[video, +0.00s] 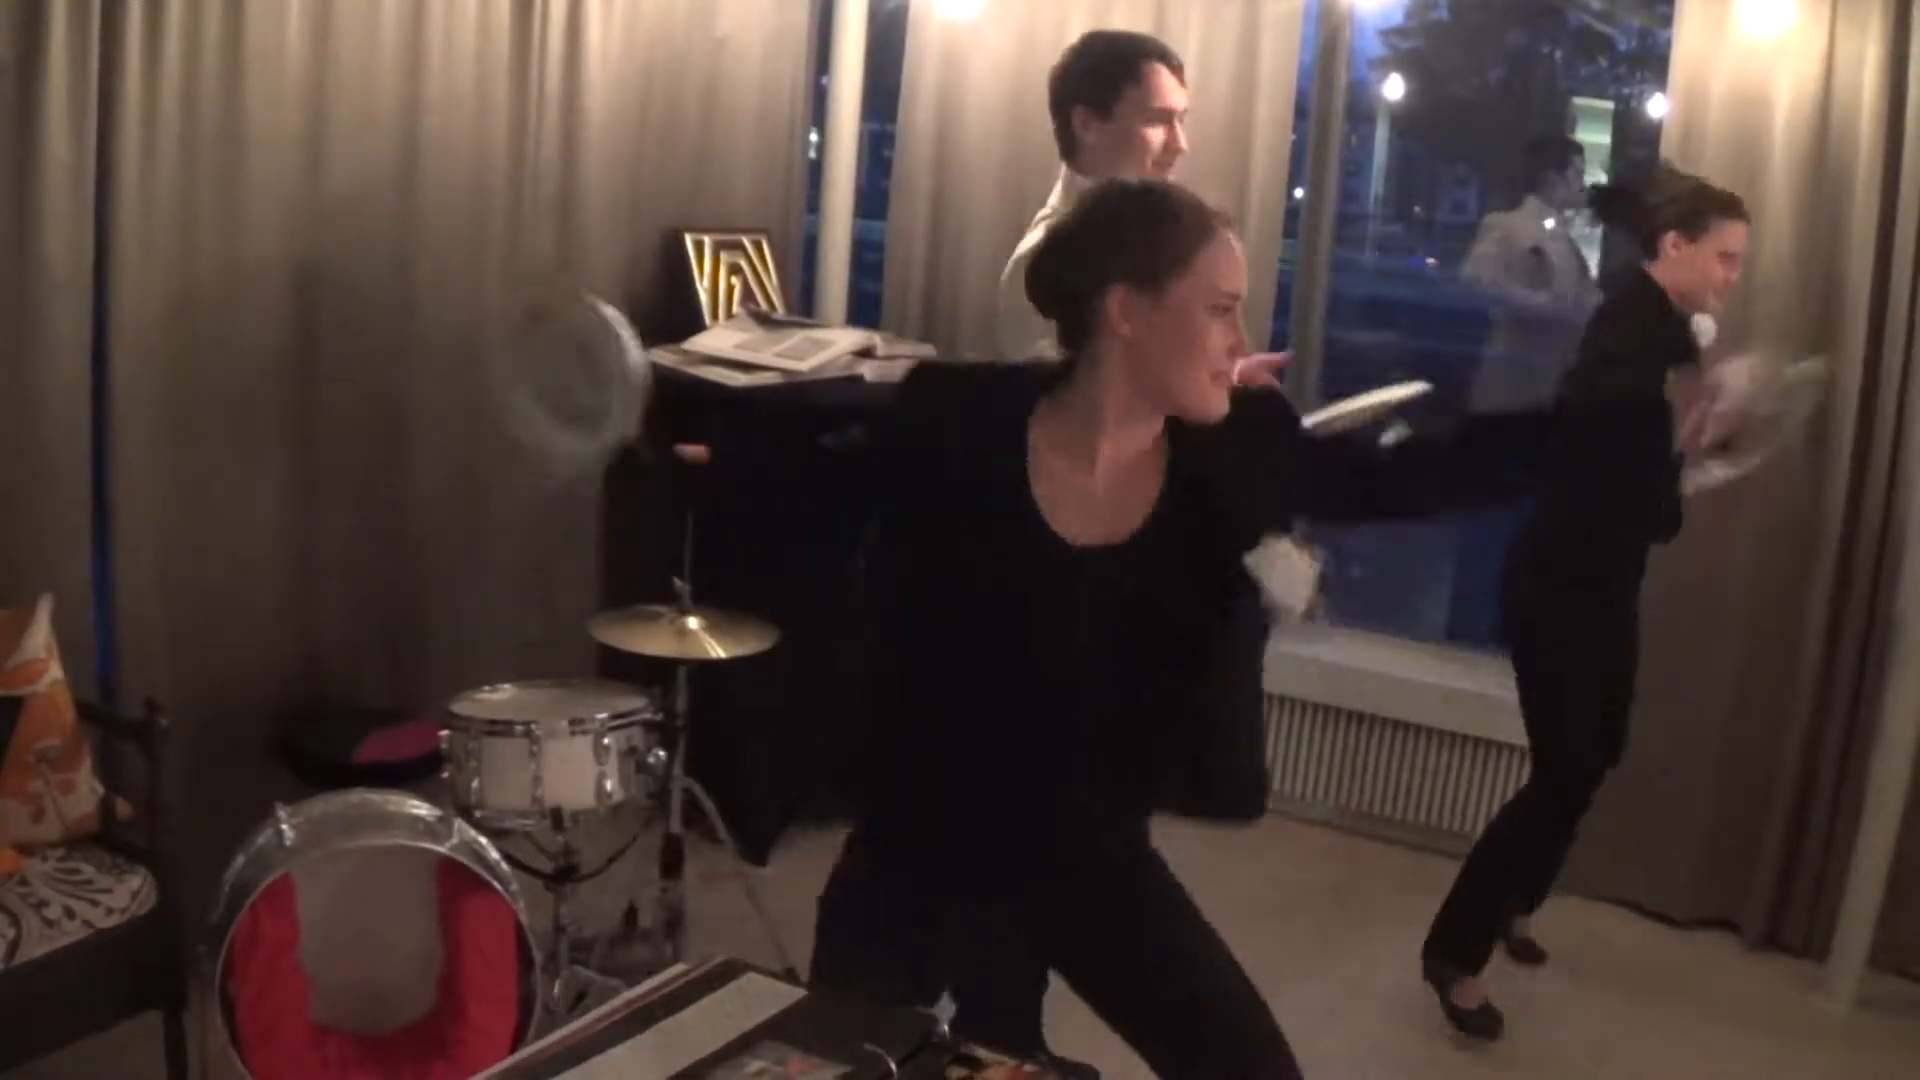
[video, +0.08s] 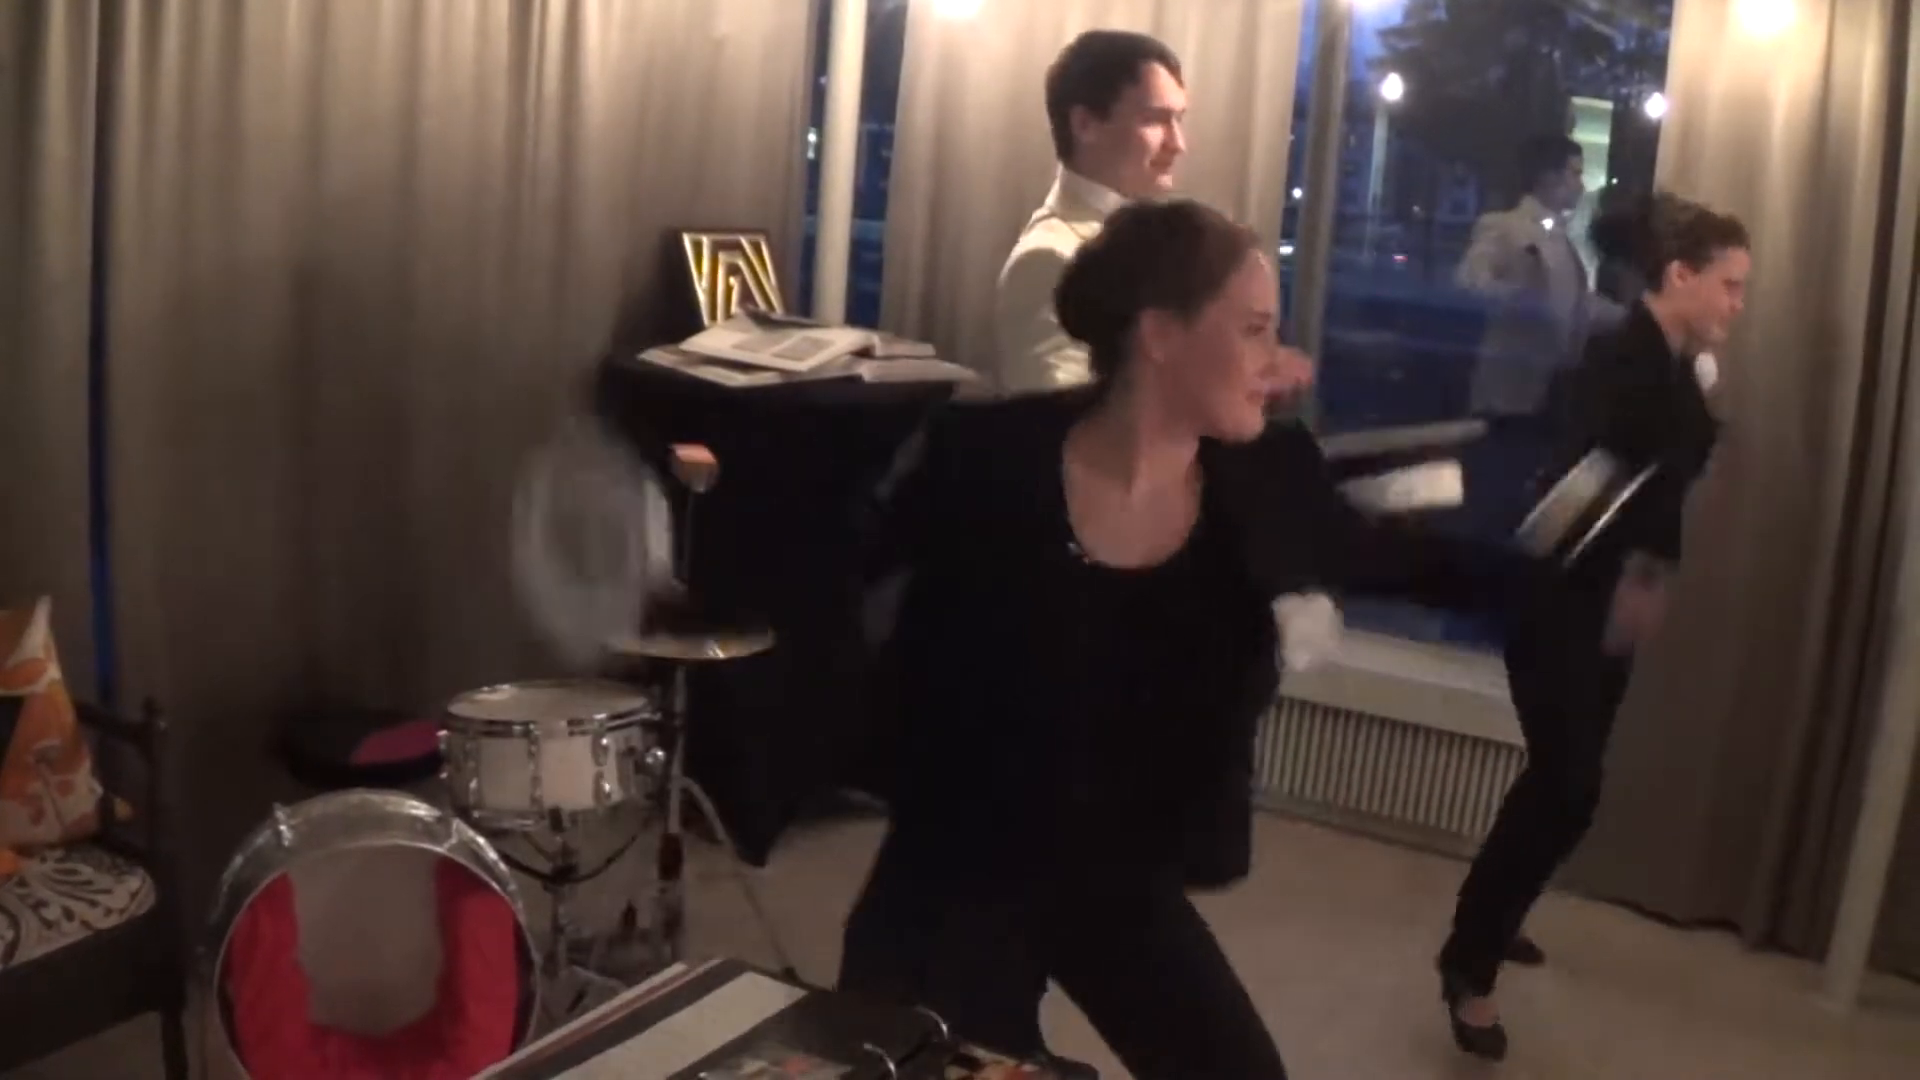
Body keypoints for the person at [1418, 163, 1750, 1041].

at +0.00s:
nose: (1732, 278)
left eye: (1737, 262)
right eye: (1725, 258)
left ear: (1682, 251)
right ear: (1672, 246)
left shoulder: (1654, 328)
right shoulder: (1630, 336)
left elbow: (1636, 470)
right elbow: (1628, 499)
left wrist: (1697, 441)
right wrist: (1692, 450)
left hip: (1600, 573)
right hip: (1563, 578)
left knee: (1595, 752)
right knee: (1566, 769)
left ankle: (1508, 903)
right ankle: (1454, 952)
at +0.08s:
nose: (1738, 306)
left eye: (1741, 289)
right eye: (1731, 286)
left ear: (1690, 280)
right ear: (1677, 276)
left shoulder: (1667, 365)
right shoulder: (1620, 357)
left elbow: (1662, 486)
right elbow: (1643, 470)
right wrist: (1704, 400)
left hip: (1600, 606)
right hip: (1556, 601)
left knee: (1566, 780)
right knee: (1565, 786)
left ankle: (1494, 916)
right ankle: (1468, 964)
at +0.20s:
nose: (1736, 332)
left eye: (1739, 316)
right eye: (1727, 314)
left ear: (1687, 318)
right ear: (1677, 313)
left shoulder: (1692, 410)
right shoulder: (1595, 390)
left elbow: (1673, 524)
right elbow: (1520, 488)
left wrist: (1736, 530)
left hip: (1625, 636)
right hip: (1550, 625)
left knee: (1558, 788)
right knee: (1571, 818)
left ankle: (1472, 902)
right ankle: (1530, 1025)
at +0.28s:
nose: (1719, 319)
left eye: (1723, 303)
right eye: (1703, 300)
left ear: (1713, 316)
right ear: (1647, 305)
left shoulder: (1707, 422)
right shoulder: (1575, 393)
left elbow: (1698, 555)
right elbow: (1506, 503)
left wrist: (1771, 630)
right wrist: (1479, 597)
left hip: (1635, 649)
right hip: (1548, 635)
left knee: (1580, 816)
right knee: (1576, 819)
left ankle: (1498, 881)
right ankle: (1550, 1046)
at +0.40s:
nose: (1609, 297)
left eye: (1630, 281)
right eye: (1614, 279)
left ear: (1680, 302)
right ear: (1621, 297)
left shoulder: (1708, 417)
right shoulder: (1578, 395)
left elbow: (1673, 559)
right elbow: (1537, 504)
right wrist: (1506, 497)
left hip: (1633, 660)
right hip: (1543, 645)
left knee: (1601, 854)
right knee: (1534, 847)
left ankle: (1543, 925)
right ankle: (1533, 1035)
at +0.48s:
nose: (1629, 298)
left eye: (1634, 285)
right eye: (1636, 284)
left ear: (1647, 290)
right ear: (1719, 307)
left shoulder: (1667, 409)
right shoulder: (1662, 396)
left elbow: (1606, 528)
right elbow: (1608, 502)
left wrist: (1540, 465)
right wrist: (1556, 451)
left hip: (1614, 656)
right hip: (1575, 642)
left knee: (1551, 839)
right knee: (1516, 831)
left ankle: (1632, 941)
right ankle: (1552, 1024)